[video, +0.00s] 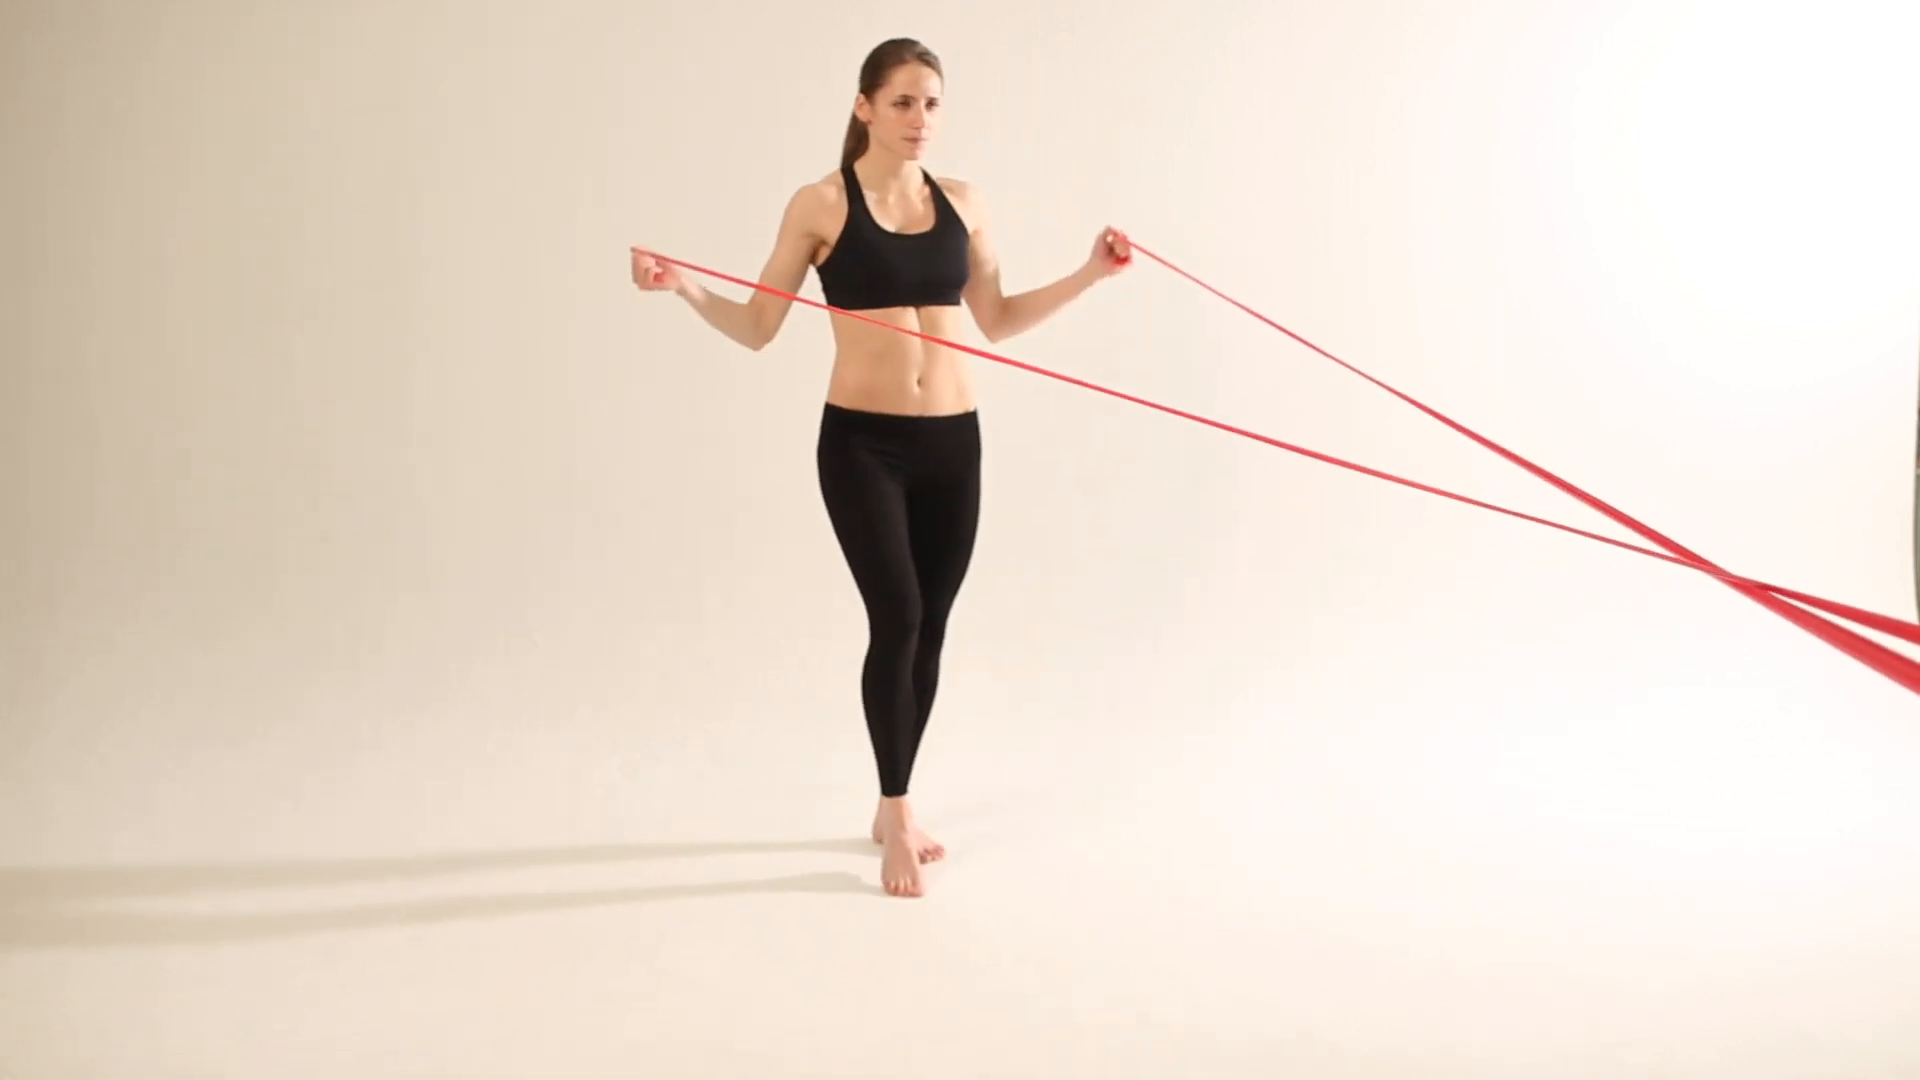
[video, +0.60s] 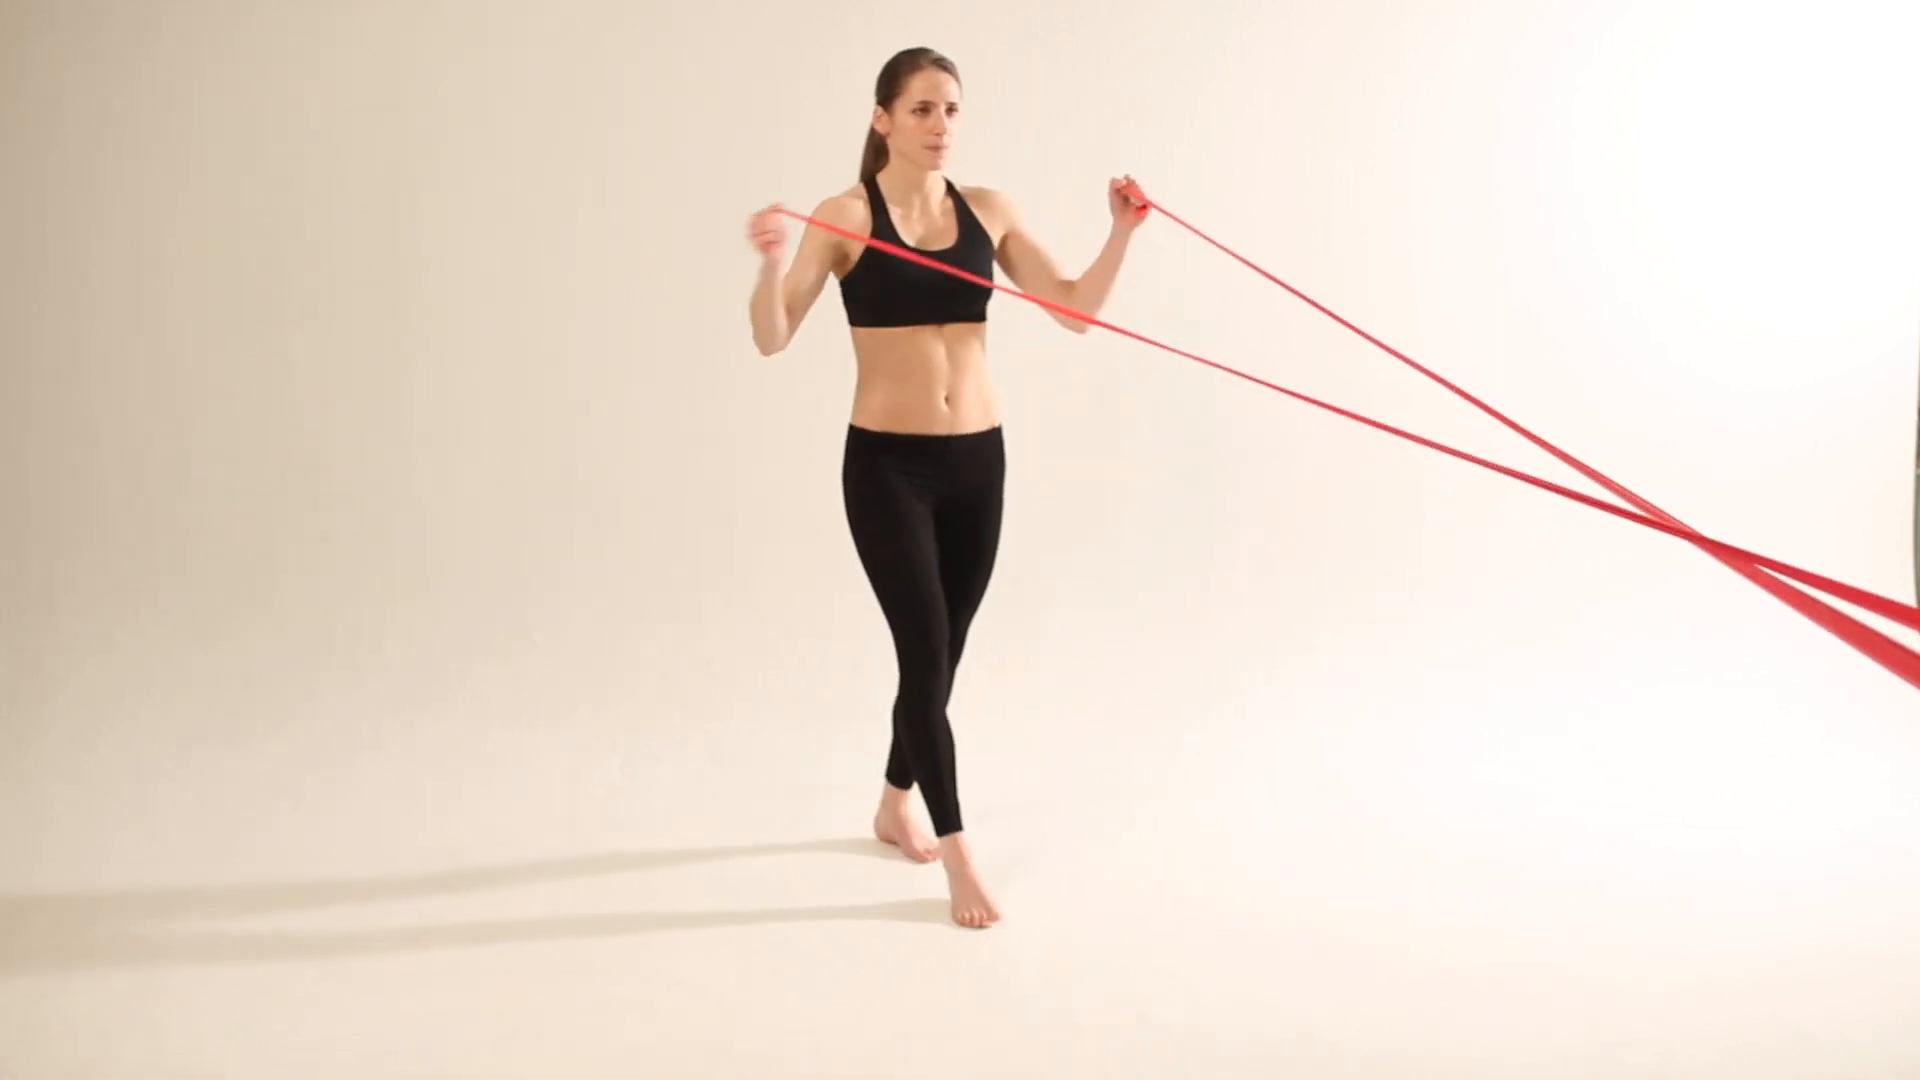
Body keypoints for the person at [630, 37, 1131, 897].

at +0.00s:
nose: (922, 118)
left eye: (931, 104)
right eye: (905, 102)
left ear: (942, 112)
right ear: (864, 107)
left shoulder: (961, 203)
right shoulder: (822, 204)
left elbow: (998, 320)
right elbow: (756, 328)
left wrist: (1092, 272)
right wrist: (686, 285)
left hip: (952, 444)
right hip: (862, 441)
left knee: (928, 629)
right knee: (896, 620)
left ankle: (895, 805)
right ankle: (896, 816)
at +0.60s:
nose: (940, 123)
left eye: (950, 109)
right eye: (922, 108)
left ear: (960, 120)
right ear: (881, 119)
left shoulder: (985, 210)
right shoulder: (846, 214)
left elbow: (1077, 307)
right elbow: (773, 336)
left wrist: (1121, 232)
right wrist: (770, 263)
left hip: (977, 462)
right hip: (886, 462)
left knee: (942, 654)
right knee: (926, 654)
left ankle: (895, 797)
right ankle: (958, 855)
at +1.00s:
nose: (1012, 144)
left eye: (1023, 129)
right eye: (995, 128)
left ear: (1032, 141)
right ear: (950, 137)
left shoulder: (1049, 235)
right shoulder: (909, 236)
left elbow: (1121, 300)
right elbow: (908, 340)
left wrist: (1146, 318)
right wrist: (1017, 332)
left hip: (1025, 491)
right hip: (925, 497)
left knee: (1077, 678)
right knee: (970, 686)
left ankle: (1068, 863)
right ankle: (969, 868)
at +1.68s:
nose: (1228, 378)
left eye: (1237, 358)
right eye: (1209, 358)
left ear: (1245, 361)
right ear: (1155, 365)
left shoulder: (1249, 450)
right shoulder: (1106, 451)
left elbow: (1281, 591)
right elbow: (1167, 615)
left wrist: (1298, 728)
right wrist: (1247, 745)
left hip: (1128, 622)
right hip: (1037, 629)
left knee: (1197, 758)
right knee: (1076, 839)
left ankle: (1147, 941)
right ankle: (979, 844)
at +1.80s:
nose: (1247, 410)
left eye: (1256, 389)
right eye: (1225, 391)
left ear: (1264, 389)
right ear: (1171, 395)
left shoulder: (1263, 476)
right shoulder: (1120, 474)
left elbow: (1287, 620)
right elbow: (1182, 646)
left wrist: (1302, 763)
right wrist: (1256, 779)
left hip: (1131, 633)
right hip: (1042, 641)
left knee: (1202, 765)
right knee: (1083, 850)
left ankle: (1147, 942)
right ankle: (982, 844)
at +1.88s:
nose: (1253, 419)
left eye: (1262, 398)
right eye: (1232, 400)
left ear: (1269, 398)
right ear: (1177, 402)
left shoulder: (1267, 482)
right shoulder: (1124, 481)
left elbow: (1290, 629)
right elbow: (1186, 651)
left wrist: (1304, 772)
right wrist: (1259, 786)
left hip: (1133, 635)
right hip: (1044, 643)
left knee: (1204, 768)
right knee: (1086, 852)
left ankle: (1147, 942)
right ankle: (982, 845)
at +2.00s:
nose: (1257, 421)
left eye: (1265, 400)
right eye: (1235, 402)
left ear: (1272, 401)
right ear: (1180, 405)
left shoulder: (1269, 482)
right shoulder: (1126, 482)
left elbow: (1291, 631)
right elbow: (1190, 653)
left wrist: (1305, 770)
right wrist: (1263, 787)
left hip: (1133, 633)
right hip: (1044, 641)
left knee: (1206, 767)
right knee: (1085, 852)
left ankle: (1148, 940)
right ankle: (983, 844)